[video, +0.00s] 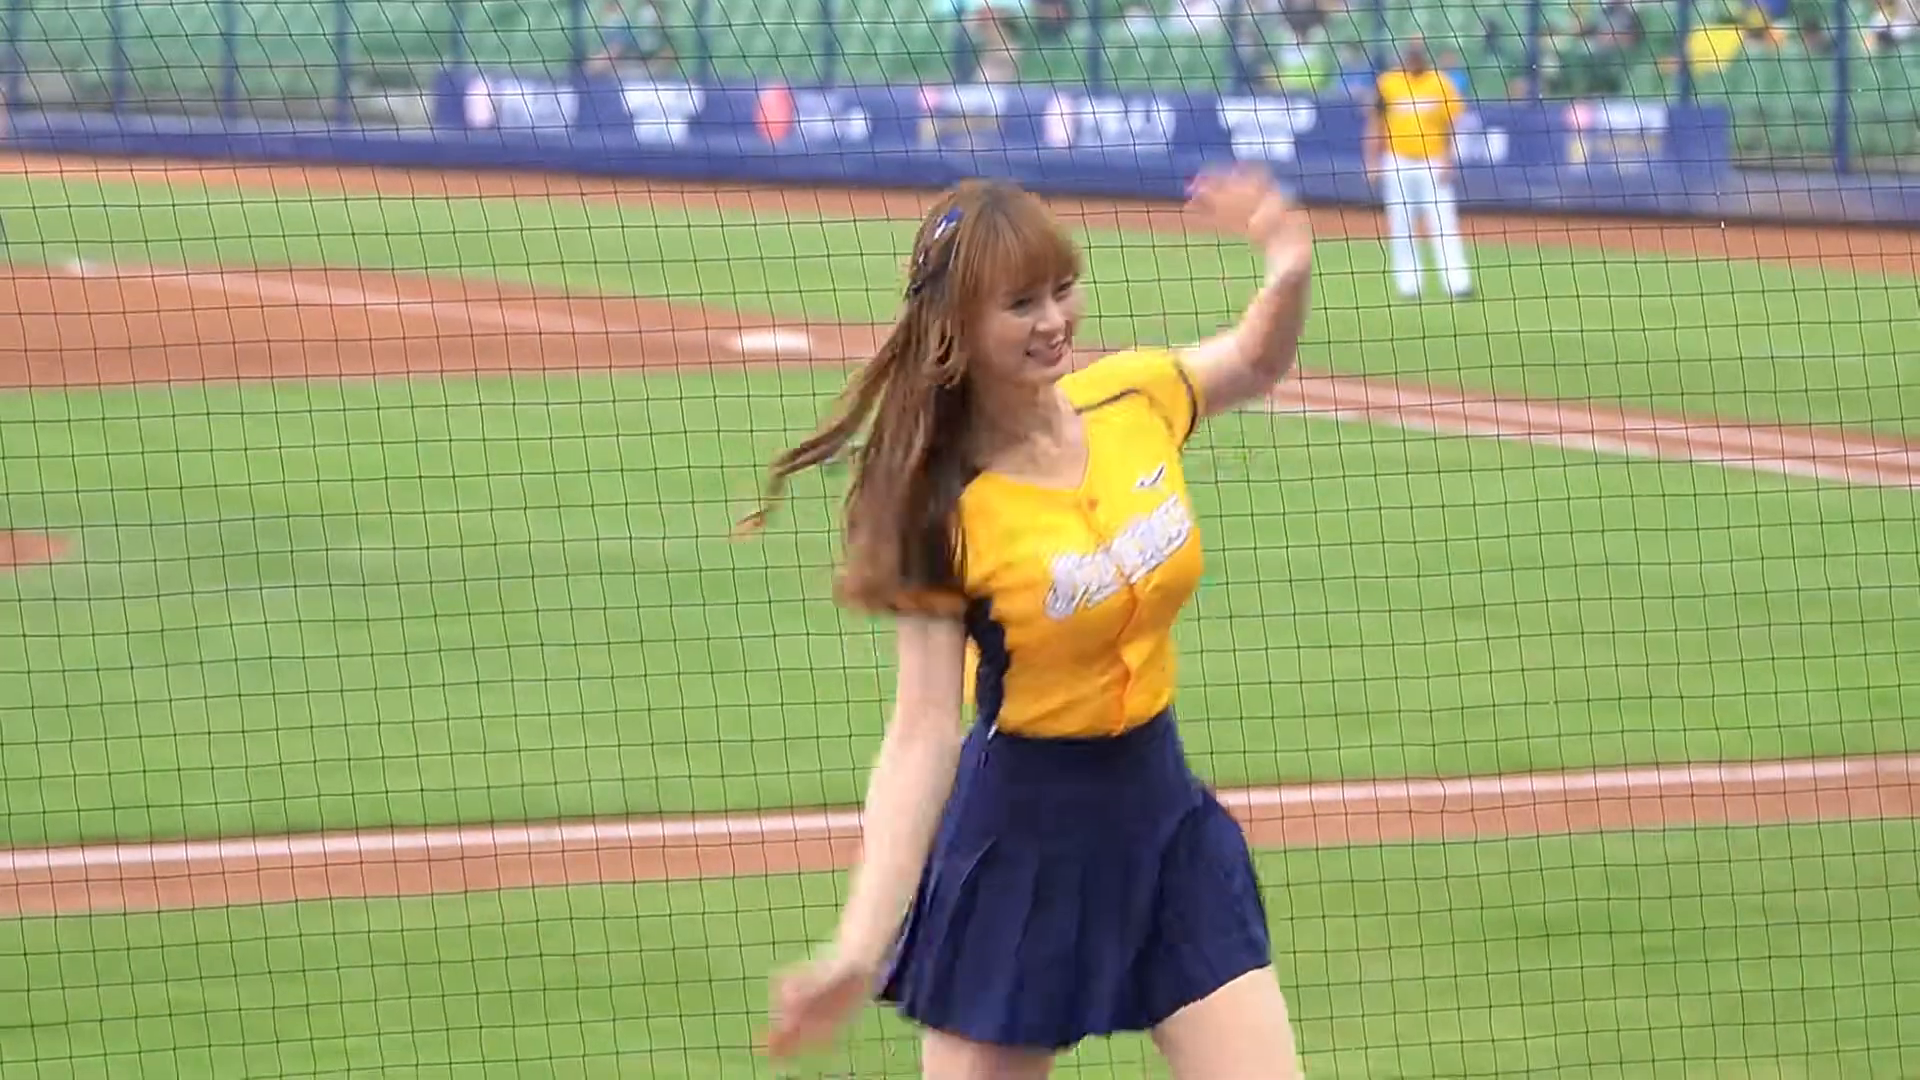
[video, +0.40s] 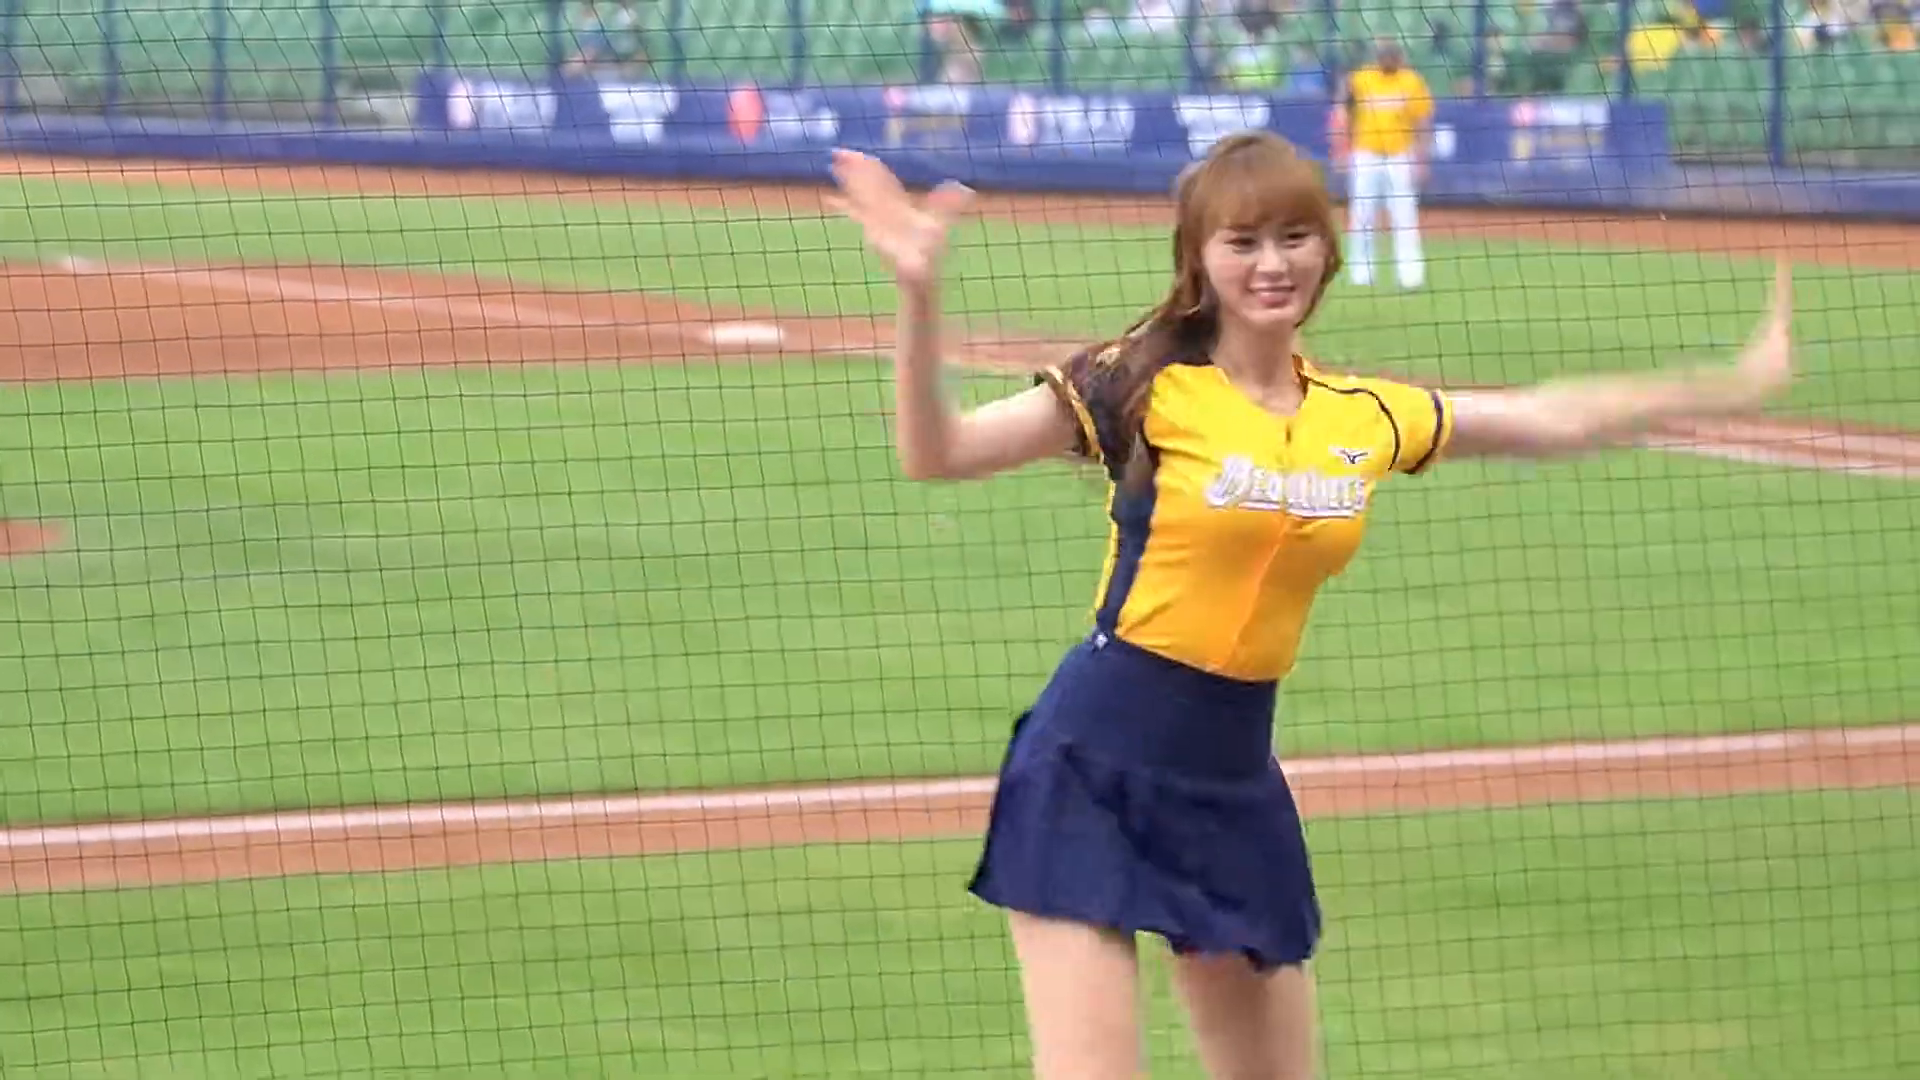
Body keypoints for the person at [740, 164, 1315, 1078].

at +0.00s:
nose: (1054, 321)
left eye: (1063, 290)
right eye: (1021, 303)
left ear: (1080, 288)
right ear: (951, 332)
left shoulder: (1137, 391)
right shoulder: (940, 505)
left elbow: (1256, 360)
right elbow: (921, 732)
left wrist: (1290, 266)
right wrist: (859, 948)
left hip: (1160, 807)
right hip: (1019, 827)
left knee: (1263, 1060)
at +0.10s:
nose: (1100, 276)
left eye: (1111, 245)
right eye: (1066, 260)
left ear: (1133, 242)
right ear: (1006, 284)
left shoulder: (1197, 343)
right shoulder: (1002, 438)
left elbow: (1326, 250)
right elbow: (886, 605)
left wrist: (1397, 131)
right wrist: (732, 709)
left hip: (1199, 757)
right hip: (1062, 761)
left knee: (1304, 1065)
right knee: (983, 1066)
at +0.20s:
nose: (1166, 292)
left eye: (1178, 263)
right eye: (1131, 278)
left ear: (1203, 263)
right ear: (1079, 303)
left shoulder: (1261, 373)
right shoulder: (1054, 434)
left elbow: (1402, 237)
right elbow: (870, 471)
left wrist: (1505, 87)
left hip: (1238, 784)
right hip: (1110, 780)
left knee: (1301, 1062)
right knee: (1017, 1063)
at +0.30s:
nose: (1223, 300)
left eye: (1240, 272)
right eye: (1191, 284)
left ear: (1271, 279)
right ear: (1144, 302)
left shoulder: (1329, 406)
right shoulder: (1112, 424)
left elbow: (1492, 288)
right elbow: (925, 412)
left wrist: (1642, 153)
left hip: (1252, 802)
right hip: (1130, 782)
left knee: (1300, 1062)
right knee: (1034, 1063)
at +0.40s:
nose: (1271, 260)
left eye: (1293, 236)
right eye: (1242, 239)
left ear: (1328, 252)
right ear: (1196, 259)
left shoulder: (1377, 413)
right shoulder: (1133, 389)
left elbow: (1560, 418)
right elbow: (933, 449)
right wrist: (921, 290)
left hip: (1232, 782)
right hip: (1090, 762)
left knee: (1272, 1066)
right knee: (1091, 1066)